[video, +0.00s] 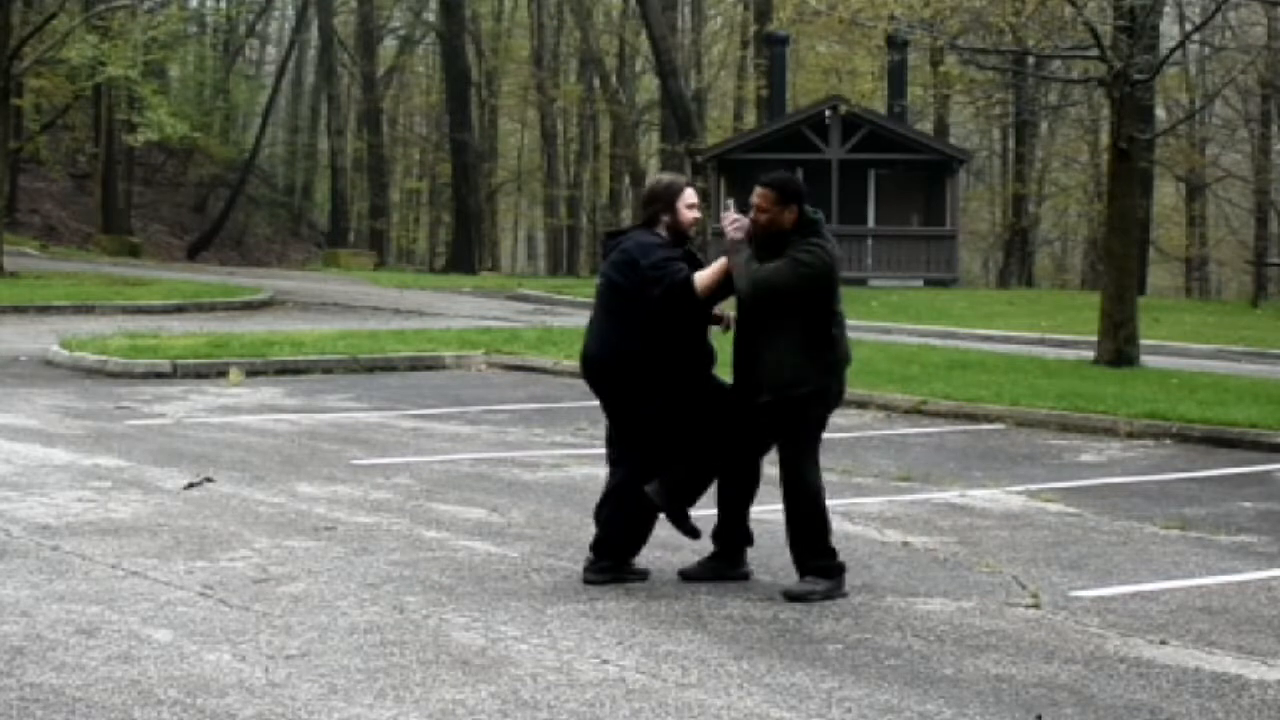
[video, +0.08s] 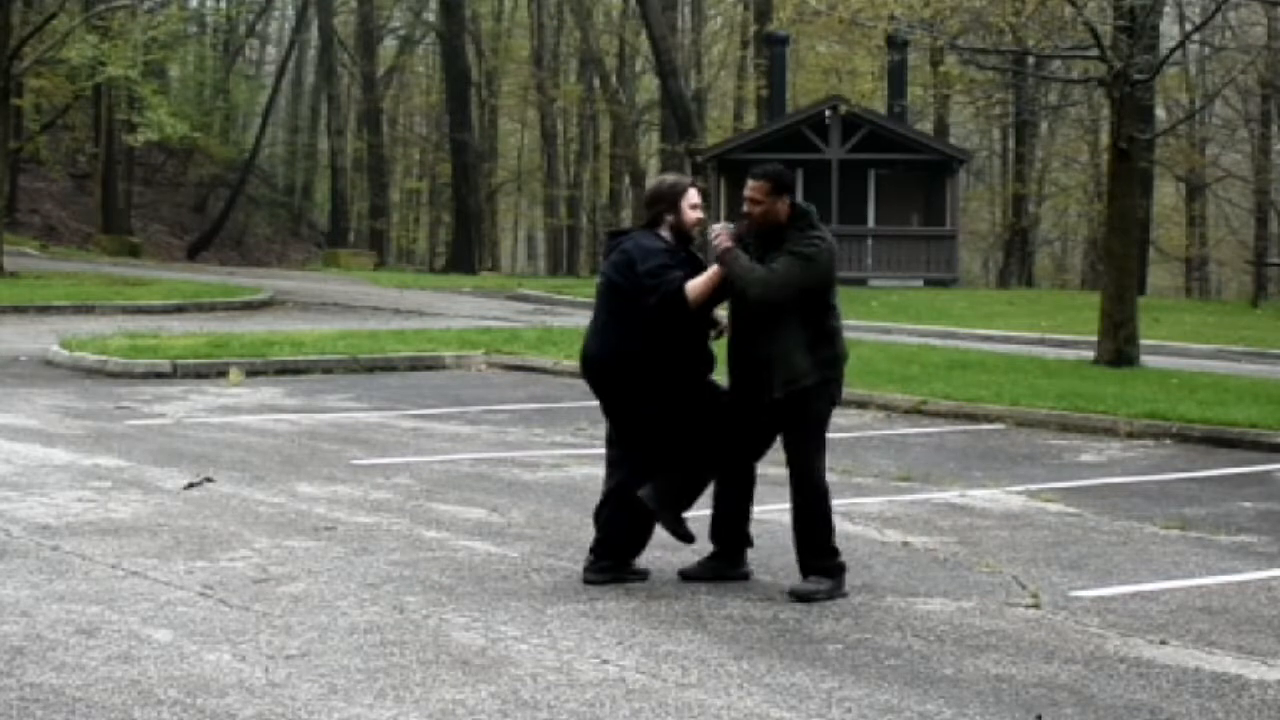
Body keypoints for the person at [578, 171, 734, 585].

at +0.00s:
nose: (698, 214)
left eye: (698, 207)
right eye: (690, 207)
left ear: (664, 212)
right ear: (665, 211)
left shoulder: (653, 247)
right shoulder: (652, 250)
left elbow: (667, 306)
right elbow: (685, 291)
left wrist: (709, 316)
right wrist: (733, 255)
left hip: (621, 367)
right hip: (634, 373)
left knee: (635, 463)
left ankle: (610, 557)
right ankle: (674, 490)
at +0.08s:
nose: (701, 215)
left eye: (700, 207)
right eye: (693, 207)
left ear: (670, 212)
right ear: (669, 211)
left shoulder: (670, 250)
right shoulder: (648, 250)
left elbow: (673, 308)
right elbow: (677, 301)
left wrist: (707, 324)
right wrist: (724, 264)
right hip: (630, 372)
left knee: (634, 460)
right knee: (722, 419)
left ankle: (611, 556)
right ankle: (669, 496)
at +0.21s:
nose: (704, 216)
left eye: (704, 208)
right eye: (697, 208)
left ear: (673, 213)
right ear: (672, 211)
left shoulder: (676, 252)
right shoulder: (647, 250)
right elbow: (669, 303)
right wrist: (708, 278)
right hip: (628, 372)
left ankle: (613, 554)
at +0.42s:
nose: (713, 220)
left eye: (715, 210)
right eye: (707, 210)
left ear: (673, 213)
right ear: (686, 215)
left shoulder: (650, 246)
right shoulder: (681, 254)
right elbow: (678, 315)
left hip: (621, 365)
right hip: (650, 372)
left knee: (634, 459)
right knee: (674, 458)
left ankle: (614, 554)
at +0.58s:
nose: (729, 224)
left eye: (729, 217)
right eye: (724, 217)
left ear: (697, 222)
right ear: (706, 219)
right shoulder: (680, 257)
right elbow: (670, 294)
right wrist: (669, 327)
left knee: (629, 457)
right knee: (690, 465)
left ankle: (612, 554)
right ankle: (686, 557)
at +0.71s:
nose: (654, 260)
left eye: (661, 250)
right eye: (650, 251)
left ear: (688, 244)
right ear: (651, 249)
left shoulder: (727, 288)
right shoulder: (672, 280)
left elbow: (710, 364)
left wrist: (656, 352)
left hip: (766, 392)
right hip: (721, 390)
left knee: (783, 479)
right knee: (667, 461)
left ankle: (845, 573)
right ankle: (681, 557)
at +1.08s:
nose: (657, 255)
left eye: (663, 246)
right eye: (654, 248)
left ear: (690, 237)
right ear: (665, 244)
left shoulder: (726, 268)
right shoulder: (673, 278)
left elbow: (671, 307)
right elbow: (639, 318)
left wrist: (619, 293)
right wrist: (586, 345)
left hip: (769, 392)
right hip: (713, 399)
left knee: (823, 474)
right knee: (660, 457)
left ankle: (887, 560)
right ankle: (678, 561)